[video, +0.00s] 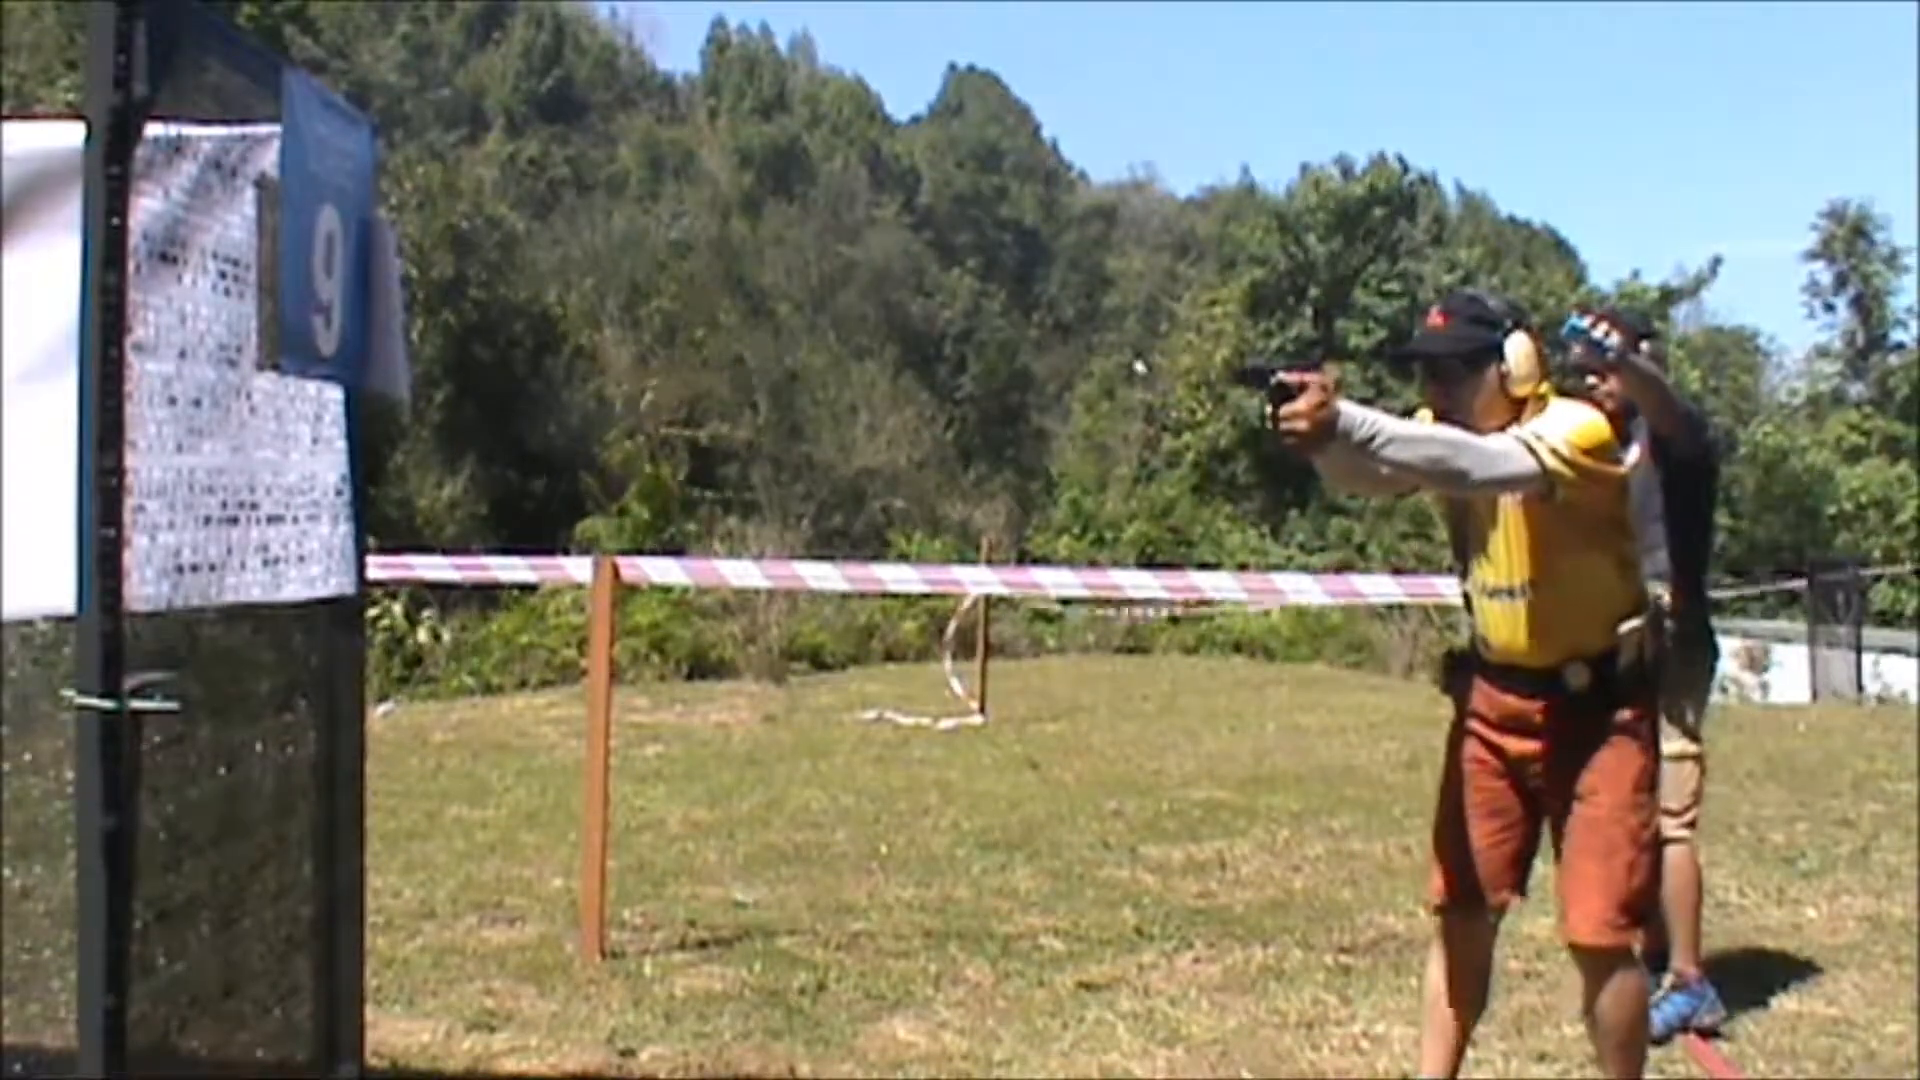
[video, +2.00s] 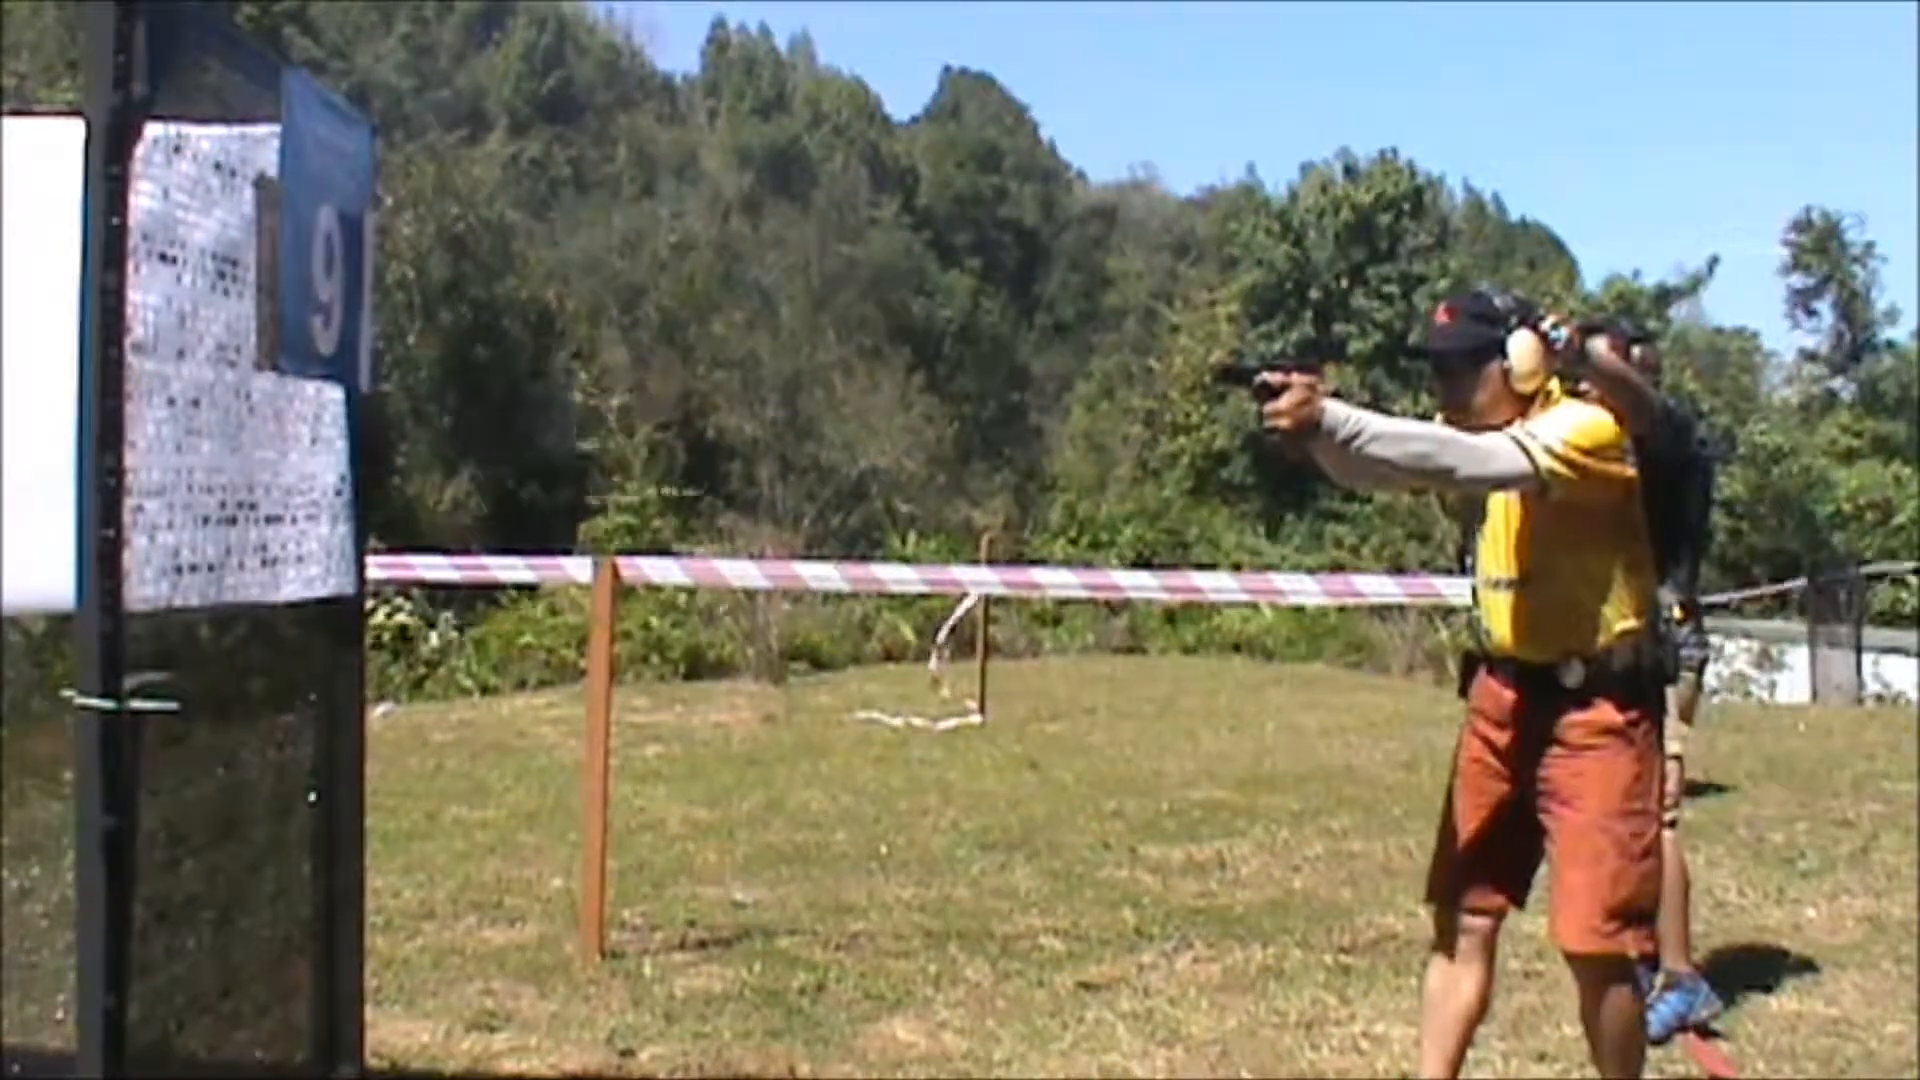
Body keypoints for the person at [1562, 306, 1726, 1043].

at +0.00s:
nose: (1595, 388)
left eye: (1608, 374)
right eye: (1587, 375)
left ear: (1642, 374)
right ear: (1580, 381)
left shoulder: (1682, 444)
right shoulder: (1584, 441)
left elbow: (1671, 419)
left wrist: (1628, 363)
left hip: (1670, 633)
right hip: (1595, 633)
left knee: (1670, 809)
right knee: (1610, 806)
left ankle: (1686, 975)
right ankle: (1632, 966)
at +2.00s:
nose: (1607, 374)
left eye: (1620, 362)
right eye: (1602, 363)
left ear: (1644, 370)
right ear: (1596, 371)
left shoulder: (1671, 438)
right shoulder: (1583, 437)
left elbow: (1619, 379)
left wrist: (1581, 356)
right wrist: (1543, 364)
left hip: (1660, 629)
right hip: (1600, 631)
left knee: (1659, 809)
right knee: (1618, 807)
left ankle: (1678, 970)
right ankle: (1637, 967)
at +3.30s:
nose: (1570, 393)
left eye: (1580, 377)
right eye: (1566, 381)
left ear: (1614, 371)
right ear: (1587, 378)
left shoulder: (1651, 438)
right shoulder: (1613, 450)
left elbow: (1614, 395)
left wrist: (1559, 351)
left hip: (1635, 658)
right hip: (1606, 655)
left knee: (1619, 819)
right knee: (1620, 819)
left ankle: (1674, 972)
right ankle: (1653, 964)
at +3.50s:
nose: (1538, 397)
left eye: (1549, 383)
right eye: (1536, 384)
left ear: (1582, 379)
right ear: (1554, 386)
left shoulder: (1618, 442)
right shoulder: (1603, 452)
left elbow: (1590, 402)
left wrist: (1532, 358)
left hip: (1605, 656)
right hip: (1624, 656)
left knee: (1550, 810)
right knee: (1628, 816)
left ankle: (1596, 969)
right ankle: (1658, 965)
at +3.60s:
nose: (1521, 404)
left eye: (1531, 389)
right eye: (1519, 392)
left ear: (1558, 384)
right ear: (1528, 396)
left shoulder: (1597, 447)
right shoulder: (1578, 459)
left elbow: (1565, 404)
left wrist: (1514, 364)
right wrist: (1495, 529)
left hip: (1585, 655)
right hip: (1608, 655)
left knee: (1530, 810)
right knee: (1617, 810)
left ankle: (1527, 975)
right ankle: (1657, 965)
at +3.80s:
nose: (1456, 385)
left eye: (1467, 376)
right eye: (1455, 376)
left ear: (1500, 386)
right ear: (1471, 393)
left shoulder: (1530, 452)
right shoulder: (1485, 465)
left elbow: (1475, 411)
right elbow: (1474, 556)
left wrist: (1437, 379)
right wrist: (1443, 529)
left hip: (1515, 672)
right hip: (1533, 669)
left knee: (1456, 826)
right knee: (1576, 815)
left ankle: (1420, 979)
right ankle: (1654, 963)